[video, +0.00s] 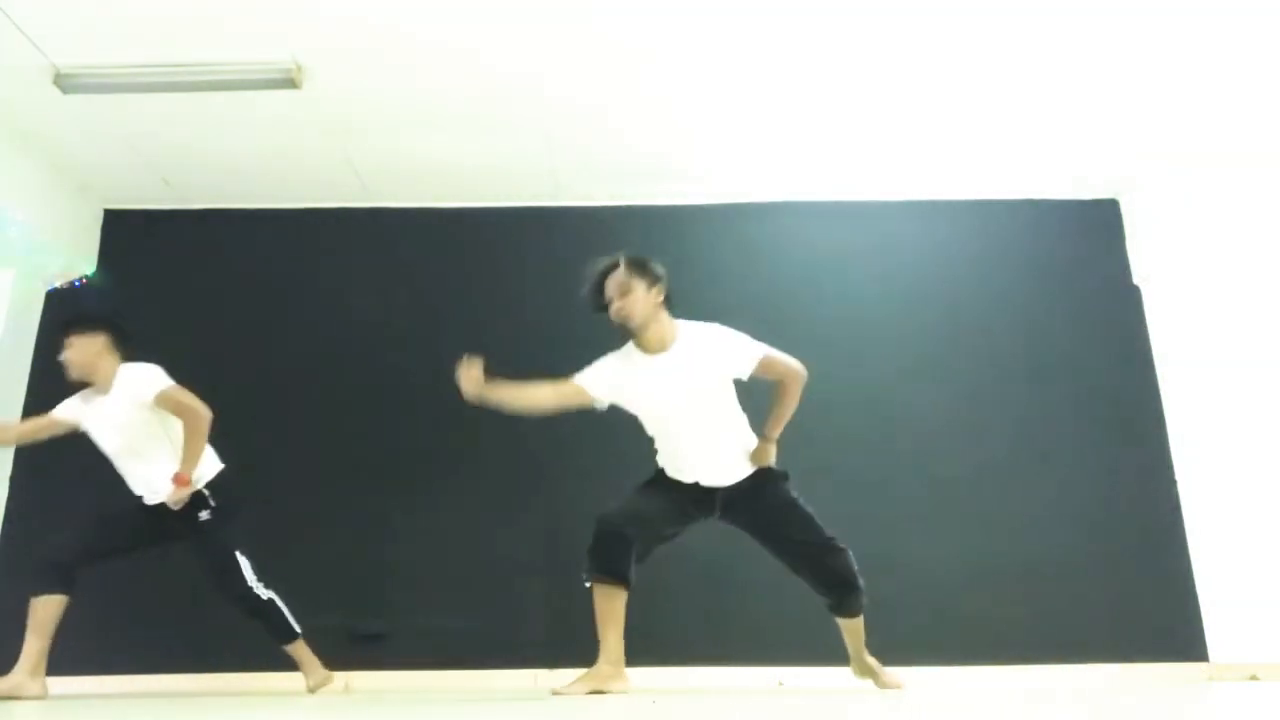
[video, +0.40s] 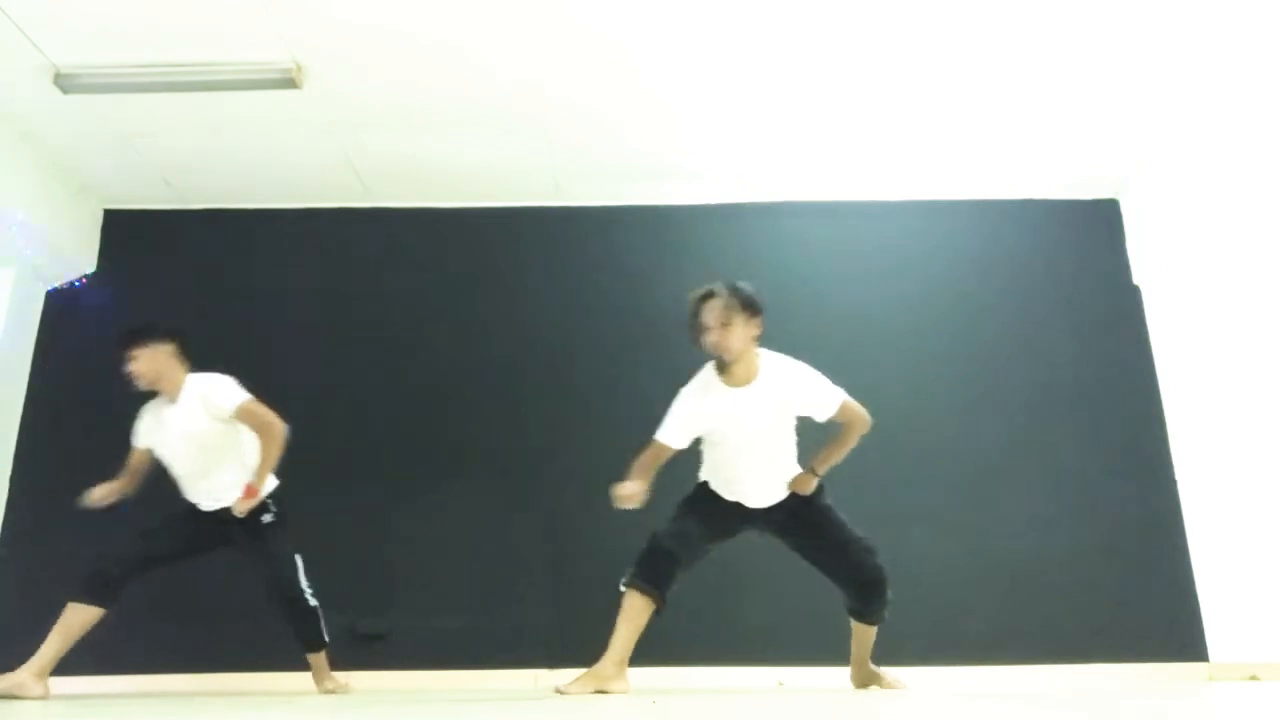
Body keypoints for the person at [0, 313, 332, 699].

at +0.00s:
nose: (63, 353)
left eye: (71, 342)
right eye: (62, 345)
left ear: (103, 342)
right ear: (88, 347)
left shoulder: (141, 378)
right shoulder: (81, 405)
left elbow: (198, 414)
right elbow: (27, 429)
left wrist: (185, 476)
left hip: (202, 500)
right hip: (156, 509)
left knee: (242, 587)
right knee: (62, 556)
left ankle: (314, 671)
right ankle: (28, 673)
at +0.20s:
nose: (51, 381)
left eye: (56, 370)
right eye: (49, 374)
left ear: (86, 362)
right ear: (74, 372)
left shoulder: (135, 391)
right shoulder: (83, 430)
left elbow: (204, 419)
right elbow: (35, 483)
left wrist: (199, 483)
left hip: (210, 504)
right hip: (160, 515)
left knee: (257, 589)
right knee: (68, 560)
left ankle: (324, 669)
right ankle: (30, 674)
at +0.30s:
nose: (80, 378)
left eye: (87, 366)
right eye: (79, 370)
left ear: (118, 361)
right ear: (99, 376)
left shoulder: (166, 392)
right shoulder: (111, 428)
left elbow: (235, 422)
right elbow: (80, 484)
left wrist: (225, 485)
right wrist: (37, 512)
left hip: (232, 507)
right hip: (180, 515)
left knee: (276, 589)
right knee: (90, 563)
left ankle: (324, 676)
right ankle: (30, 674)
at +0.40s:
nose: (131, 369)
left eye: (137, 357)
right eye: (129, 361)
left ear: (169, 352)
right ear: (140, 366)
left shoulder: (212, 388)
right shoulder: (150, 418)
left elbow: (275, 428)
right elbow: (132, 476)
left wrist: (257, 485)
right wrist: (109, 491)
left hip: (256, 510)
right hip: (201, 516)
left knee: (291, 591)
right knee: (114, 568)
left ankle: (325, 679)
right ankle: (34, 673)